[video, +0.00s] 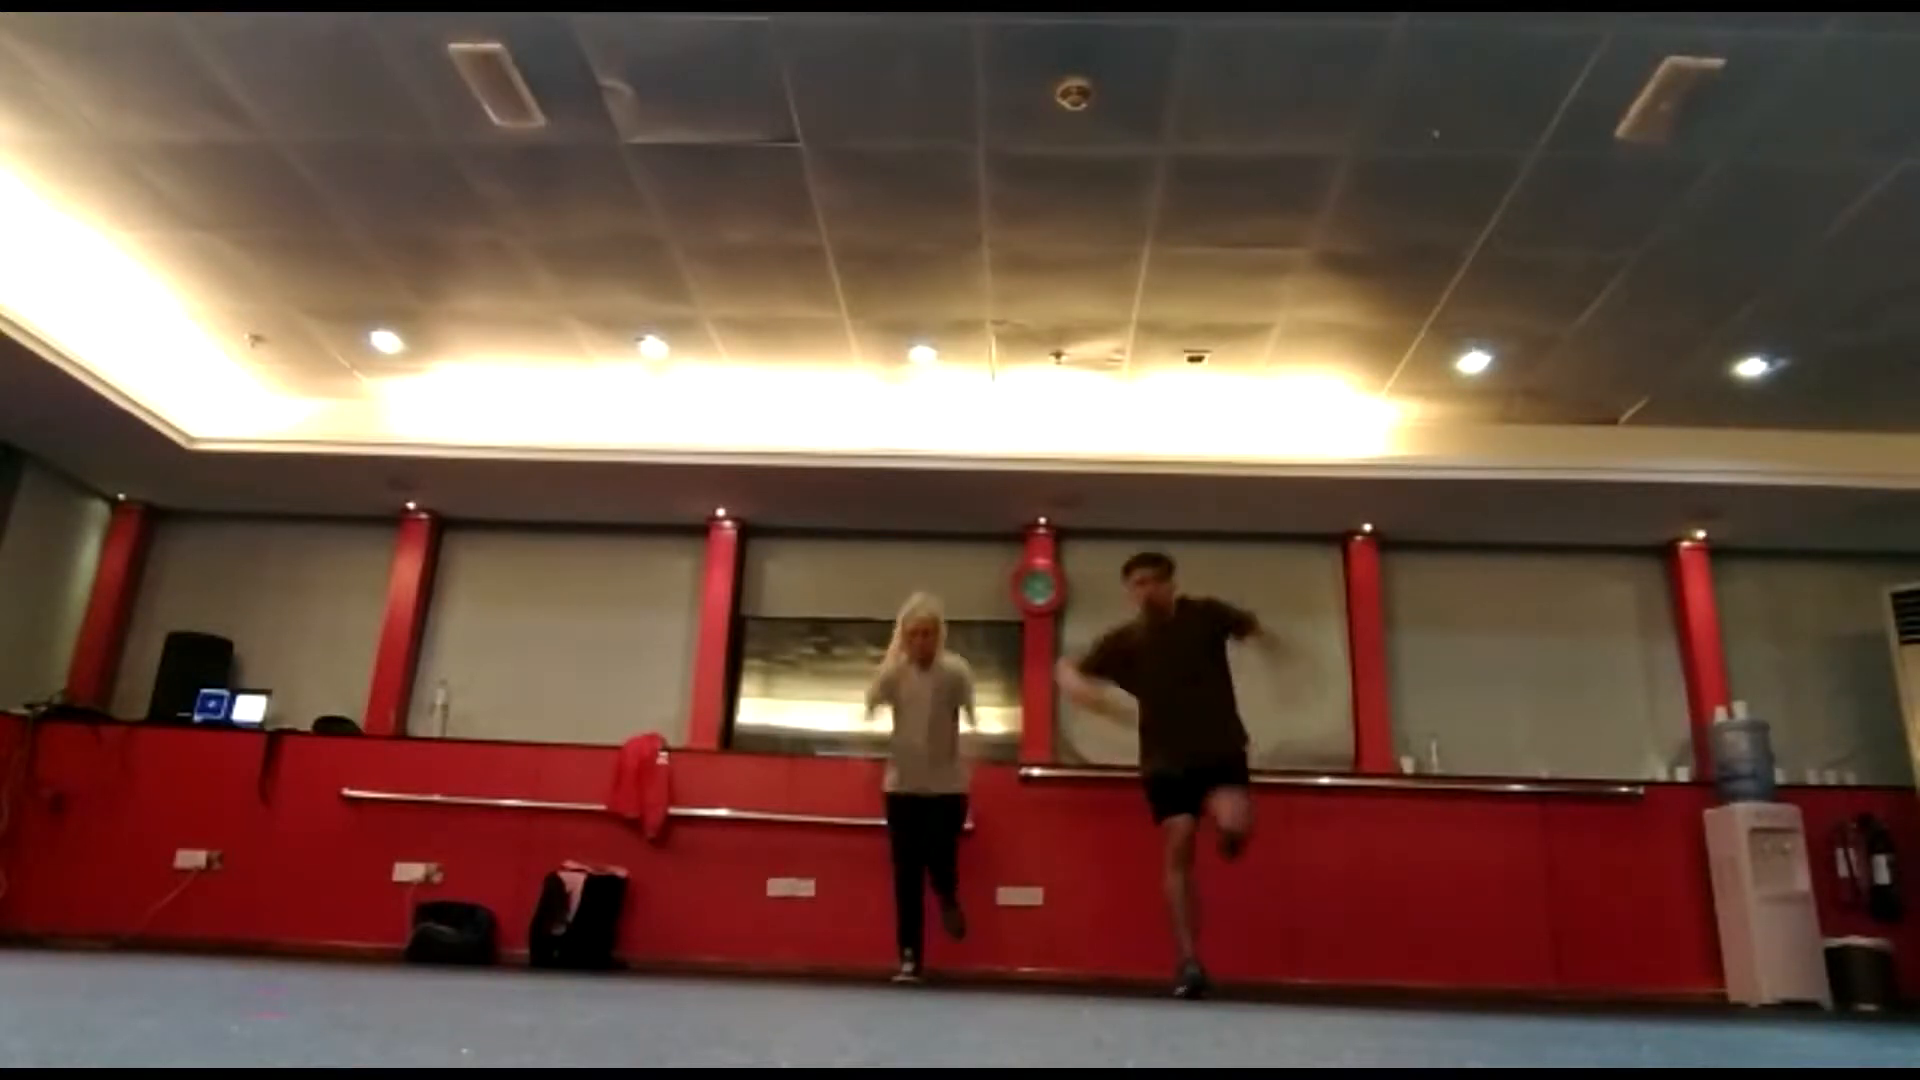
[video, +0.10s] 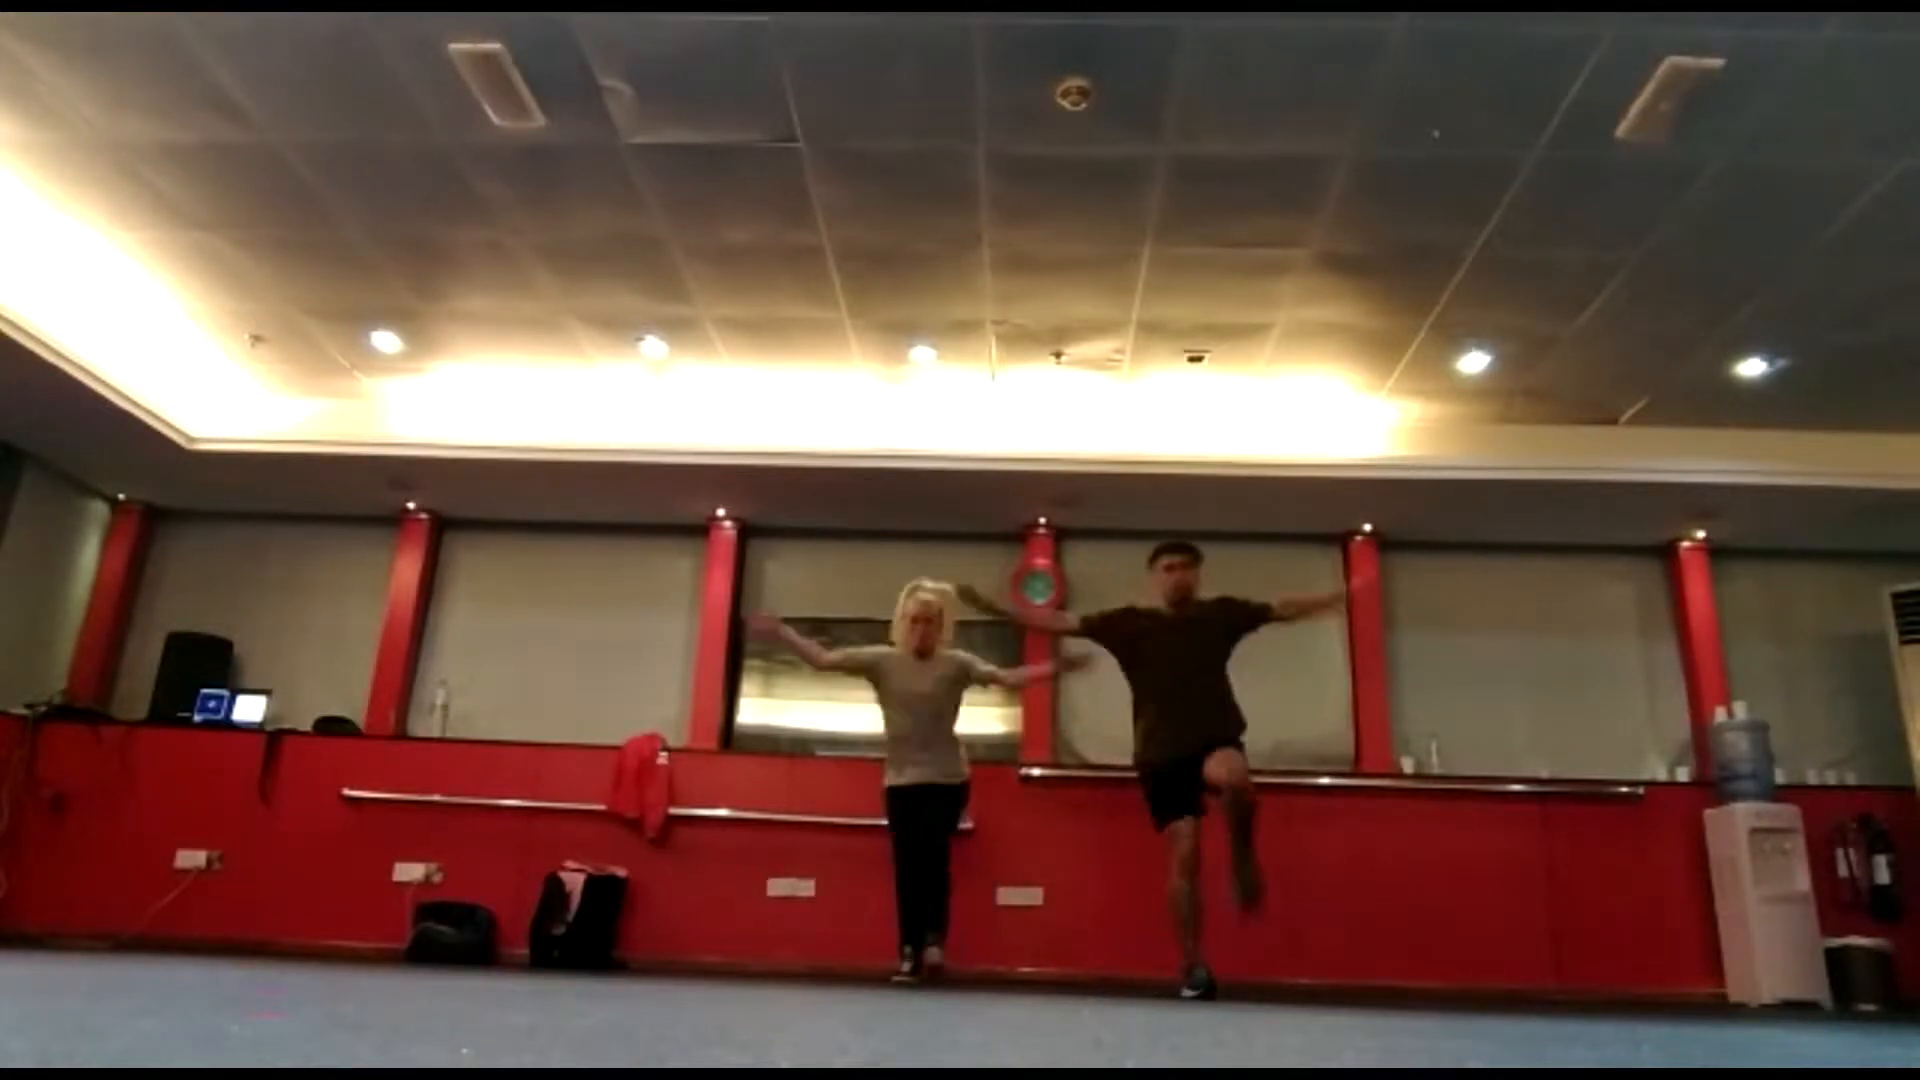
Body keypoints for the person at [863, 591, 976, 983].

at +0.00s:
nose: (922, 642)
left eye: (929, 634)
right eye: (915, 634)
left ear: (940, 635)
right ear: (903, 635)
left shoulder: (955, 672)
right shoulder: (896, 671)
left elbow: (972, 717)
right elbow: (873, 701)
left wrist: (968, 752)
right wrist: (895, 659)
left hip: (947, 787)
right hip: (903, 786)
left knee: (942, 869)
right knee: (907, 877)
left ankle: (950, 905)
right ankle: (909, 955)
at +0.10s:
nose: (921, 629)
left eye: (929, 621)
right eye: (915, 620)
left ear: (942, 624)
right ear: (902, 622)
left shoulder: (956, 664)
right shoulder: (883, 661)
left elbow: (1007, 678)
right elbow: (823, 658)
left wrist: (1055, 667)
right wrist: (781, 630)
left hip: (947, 776)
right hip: (902, 777)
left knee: (933, 857)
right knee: (907, 864)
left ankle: (934, 942)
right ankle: (909, 949)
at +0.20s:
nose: (920, 650)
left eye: (928, 641)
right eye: (914, 641)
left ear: (939, 644)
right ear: (900, 644)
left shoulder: (952, 684)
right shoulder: (885, 685)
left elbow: (982, 689)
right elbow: (857, 683)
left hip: (944, 789)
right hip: (900, 789)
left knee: (929, 863)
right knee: (904, 869)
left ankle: (923, 938)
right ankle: (907, 950)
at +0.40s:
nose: (918, 698)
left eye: (927, 689)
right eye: (911, 688)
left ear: (940, 691)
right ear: (899, 688)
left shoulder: (948, 733)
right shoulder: (883, 727)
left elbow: (936, 796)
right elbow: (881, 793)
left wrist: (924, 855)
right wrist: (884, 851)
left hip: (939, 811)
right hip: (901, 813)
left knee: (914, 872)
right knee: (896, 873)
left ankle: (916, 956)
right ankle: (903, 952)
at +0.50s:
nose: (922, 657)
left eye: (931, 649)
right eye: (916, 647)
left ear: (942, 652)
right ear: (905, 648)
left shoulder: (951, 698)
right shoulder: (888, 690)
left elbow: (958, 754)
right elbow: (881, 741)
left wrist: (945, 799)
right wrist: (889, 784)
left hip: (929, 795)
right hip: (892, 793)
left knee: (919, 876)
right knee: (901, 875)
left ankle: (916, 955)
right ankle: (910, 949)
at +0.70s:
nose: (929, 617)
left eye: (936, 608)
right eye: (922, 608)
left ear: (951, 611)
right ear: (910, 609)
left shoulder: (955, 673)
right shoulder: (896, 641)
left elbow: (961, 740)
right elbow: (844, 616)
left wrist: (953, 692)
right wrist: (895, 637)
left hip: (933, 782)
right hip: (887, 777)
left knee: (925, 873)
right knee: (878, 863)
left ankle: (920, 957)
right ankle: (923, 831)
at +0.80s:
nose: (914, 617)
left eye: (922, 607)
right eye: (907, 607)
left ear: (937, 612)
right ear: (897, 609)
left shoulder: (944, 660)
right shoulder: (890, 647)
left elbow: (929, 698)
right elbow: (864, 627)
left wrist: (918, 647)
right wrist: (845, 619)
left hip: (938, 777)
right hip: (892, 774)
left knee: (924, 869)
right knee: (857, 848)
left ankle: (921, 956)